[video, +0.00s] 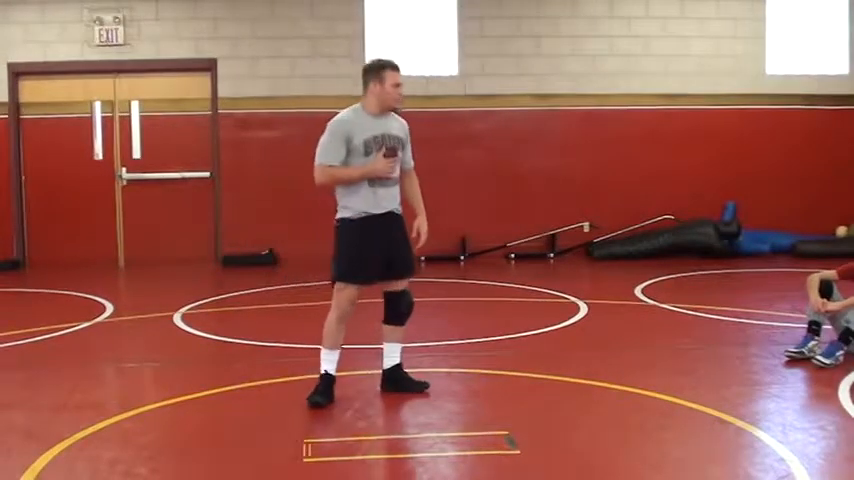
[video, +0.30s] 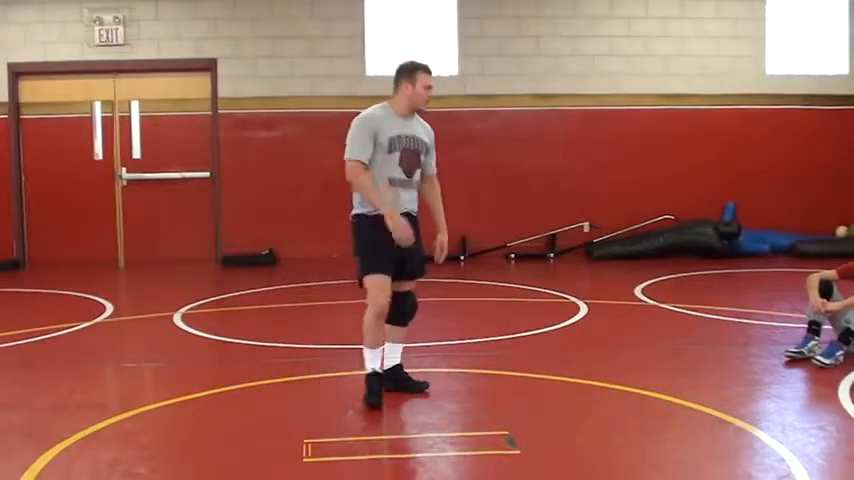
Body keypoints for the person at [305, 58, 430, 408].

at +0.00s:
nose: (401, 92)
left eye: (401, 86)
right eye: (396, 86)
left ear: (388, 88)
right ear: (374, 87)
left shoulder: (399, 125)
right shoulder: (342, 124)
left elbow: (408, 173)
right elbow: (322, 175)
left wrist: (420, 214)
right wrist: (369, 170)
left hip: (391, 222)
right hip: (353, 224)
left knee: (398, 298)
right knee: (344, 302)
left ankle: (392, 372)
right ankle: (326, 379)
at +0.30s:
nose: (430, 94)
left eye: (431, 88)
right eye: (426, 88)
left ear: (416, 89)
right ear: (405, 86)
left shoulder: (424, 130)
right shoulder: (369, 121)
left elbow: (429, 180)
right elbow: (353, 171)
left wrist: (441, 227)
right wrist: (390, 215)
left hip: (407, 220)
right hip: (372, 219)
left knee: (403, 299)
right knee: (380, 300)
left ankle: (392, 368)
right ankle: (373, 375)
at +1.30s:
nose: (510, 92)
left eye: (511, 86)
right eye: (504, 85)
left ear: (493, 87)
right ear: (483, 85)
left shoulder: (495, 120)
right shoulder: (456, 125)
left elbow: (502, 173)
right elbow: (450, 183)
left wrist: (526, 212)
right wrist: (492, 217)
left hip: (496, 225)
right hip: (465, 228)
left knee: (519, 304)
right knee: (477, 305)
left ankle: (498, 372)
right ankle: (474, 383)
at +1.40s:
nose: (520, 92)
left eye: (521, 86)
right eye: (515, 86)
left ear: (504, 87)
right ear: (492, 85)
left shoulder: (504, 121)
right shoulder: (465, 124)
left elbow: (505, 176)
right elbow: (455, 182)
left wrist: (529, 216)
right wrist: (499, 217)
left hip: (505, 226)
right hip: (472, 230)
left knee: (529, 307)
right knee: (479, 307)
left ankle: (529, 383)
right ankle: (476, 385)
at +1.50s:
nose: (530, 93)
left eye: (531, 86)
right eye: (525, 86)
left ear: (513, 86)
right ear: (501, 85)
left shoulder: (514, 122)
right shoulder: (473, 125)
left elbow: (513, 182)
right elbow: (462, 183)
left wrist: (529, 223)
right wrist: (500, 227)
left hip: (512, 226)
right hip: (479, 230)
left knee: (533, 308)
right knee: (482, 308)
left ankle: (547, 387)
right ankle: (476, 383)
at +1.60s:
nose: (541, 92)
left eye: (541, 85)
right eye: (535, 85)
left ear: (523, 86)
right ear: (512, 85)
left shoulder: (526, 123)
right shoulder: (482, 125)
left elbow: (522, 184)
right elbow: (471, 185)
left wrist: (534, 229)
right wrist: (498, 235)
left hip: (523, 229)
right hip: (488, 232)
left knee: (541, 312)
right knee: (486, 311)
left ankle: (550, 393)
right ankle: (477, 383)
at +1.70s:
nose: (553, 90)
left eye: (554, 83)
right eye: (547, 83)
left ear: (535, 86)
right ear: (524, 83)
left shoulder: (544, 127)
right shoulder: (490, 124)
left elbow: (542, 181)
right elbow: (475, 184)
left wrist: (549, 224)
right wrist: (496, 237)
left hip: (536, 230)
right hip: (499, 232)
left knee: (549, 314)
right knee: (497, 314)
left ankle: (551, 394)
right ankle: (480, 382)